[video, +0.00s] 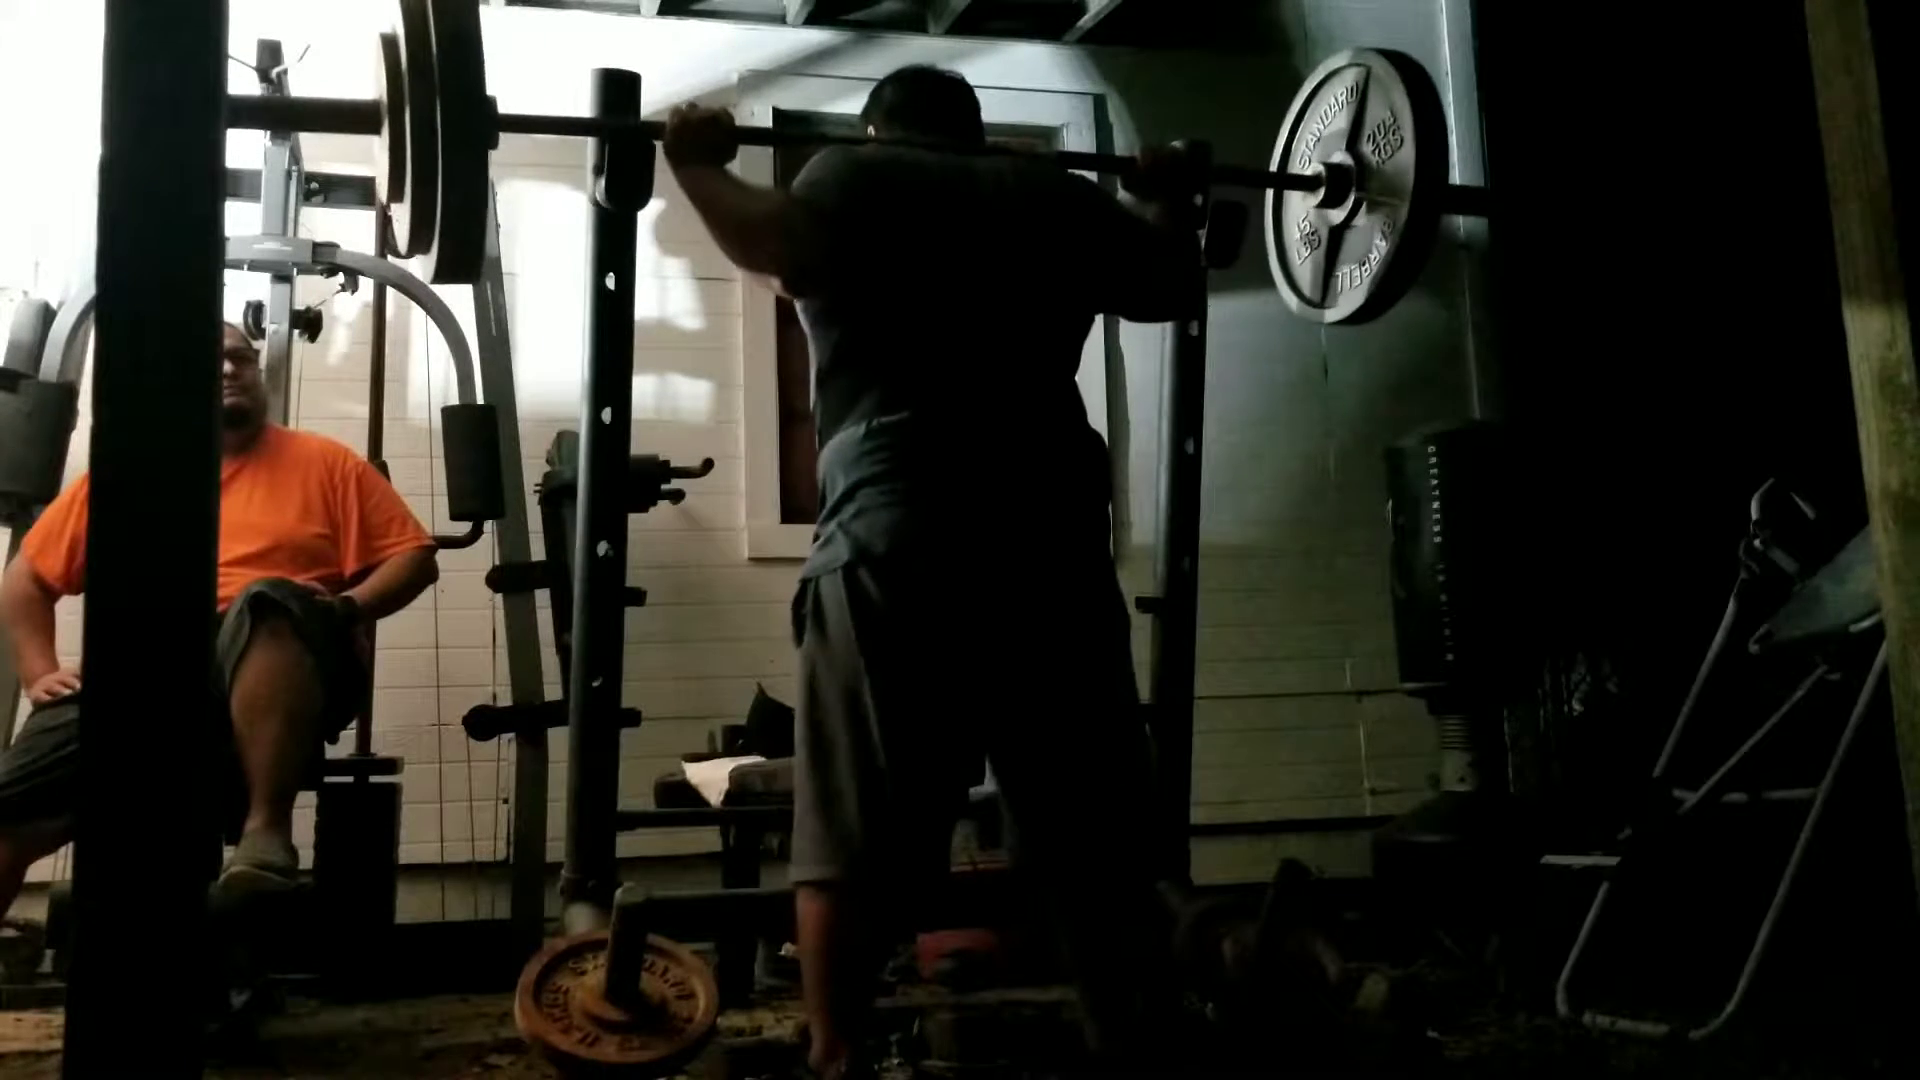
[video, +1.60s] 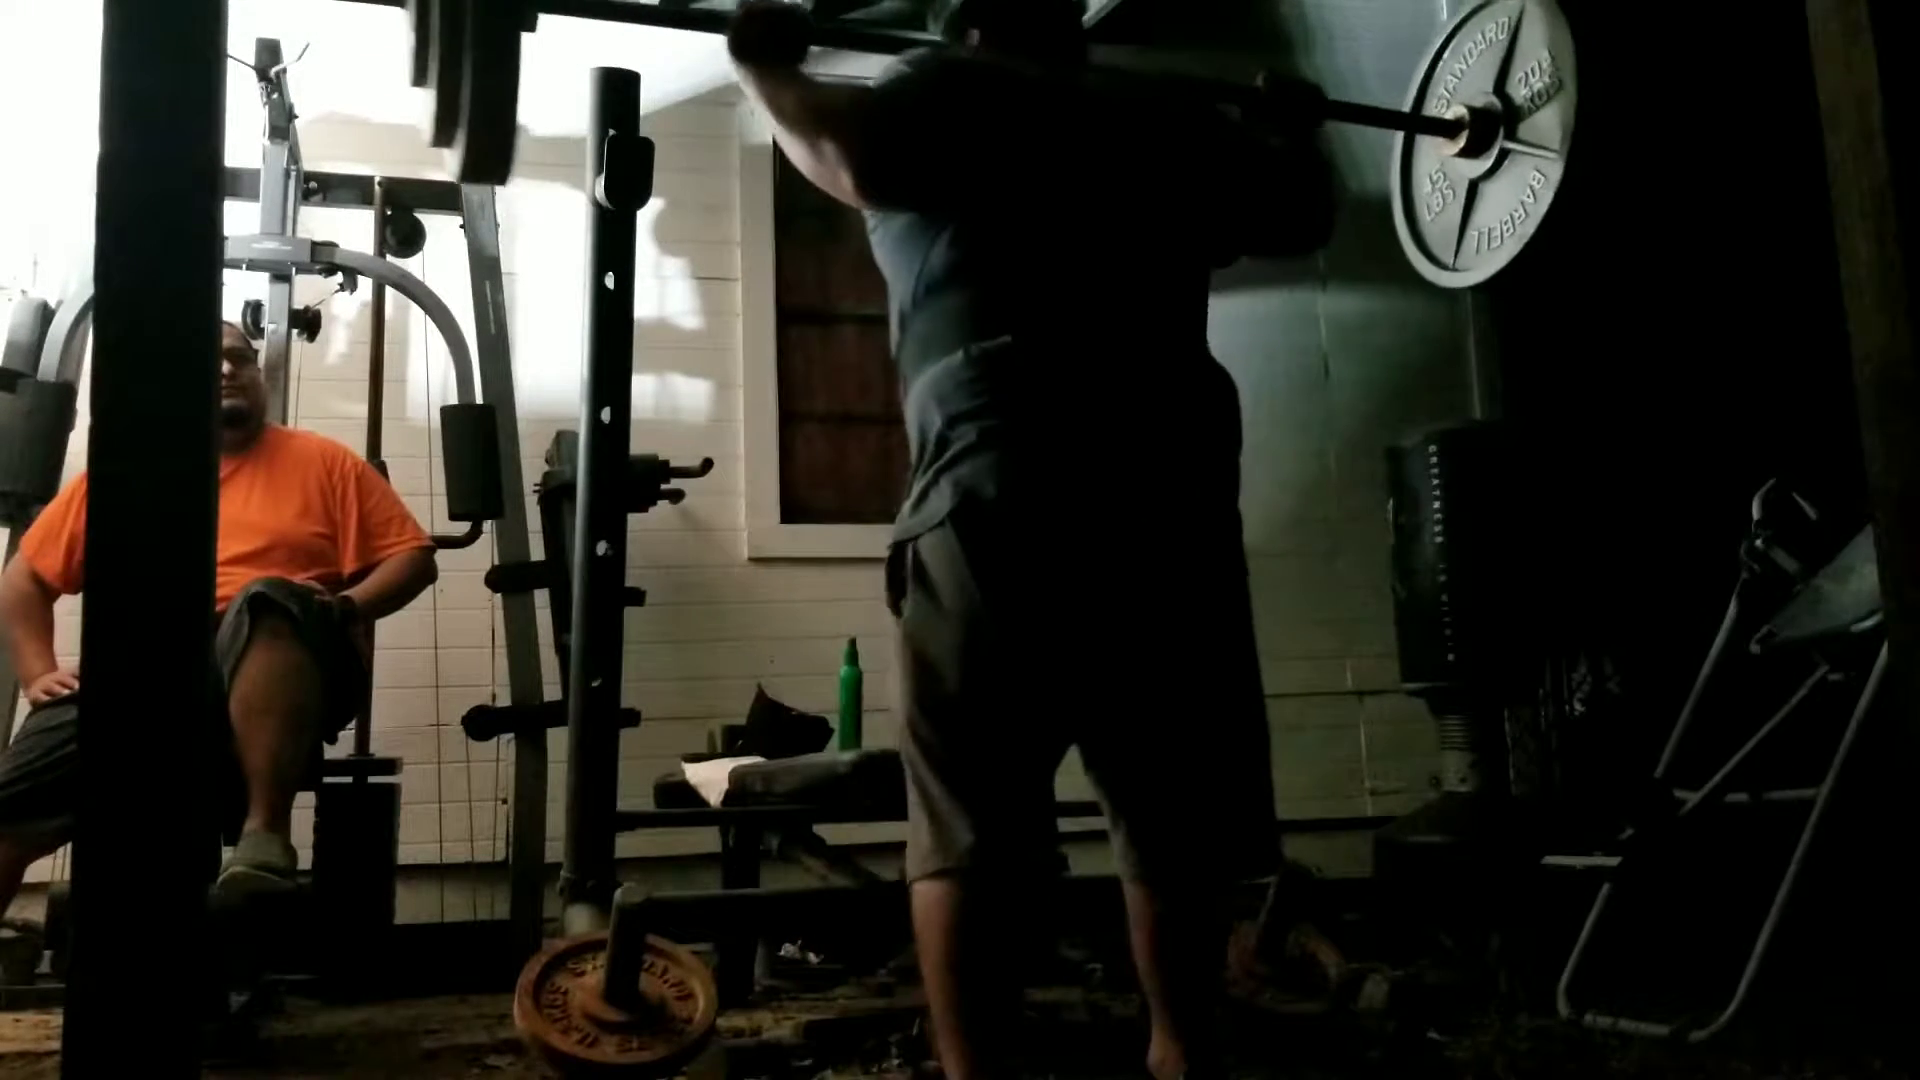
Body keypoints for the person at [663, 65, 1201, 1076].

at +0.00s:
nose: (862, 143)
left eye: (867, 130)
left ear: (873, 129)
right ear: (981, 135)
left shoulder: (844, 174)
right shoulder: (1053, 199)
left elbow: (772, 243)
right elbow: (1176, 286)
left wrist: (697, 161)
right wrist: (1164, 199)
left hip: (890, 535)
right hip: (1051, 531)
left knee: (848, 809)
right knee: (1094, 804)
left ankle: (833, 1053)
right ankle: (1137, 1033)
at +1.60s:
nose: (974, 33)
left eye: (969, 21)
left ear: (968, 29)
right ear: (1079, 31)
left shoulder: (924, 100)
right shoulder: (1170, 122)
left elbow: (844, 158)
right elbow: (1303, 219)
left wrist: (762, 61)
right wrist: (1295, 127)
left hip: (992, 494)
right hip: (1170, 495)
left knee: (964, 814)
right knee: (1176, 805)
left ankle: (966, 1062)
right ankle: (1182, 1055)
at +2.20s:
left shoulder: (896, 41)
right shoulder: (1141, 68)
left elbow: (812, 128)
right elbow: (1291, 175)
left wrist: (700, 14)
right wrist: (1268, 61)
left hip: (958, 489)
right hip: (1158, 483)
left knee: (935, 844)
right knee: (1195, 812)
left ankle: (961, 1062)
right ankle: (1254, 1053)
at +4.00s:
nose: (964, 80)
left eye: (967, 63)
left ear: (970, 76)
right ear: (1093, 71)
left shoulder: (941, 144)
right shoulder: (1195, 156)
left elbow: (848, 236)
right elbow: (1338, 242)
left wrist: (768, 142)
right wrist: (1319, 155)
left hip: (1016, 520)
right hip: (1222, 520)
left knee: (914, 848)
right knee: (1241, 837)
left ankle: (937, 1064)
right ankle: (1281, 1058)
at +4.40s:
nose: (970, 231)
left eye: (972, 218)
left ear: (986, 221)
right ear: (1111, 213)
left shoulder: (953, 288)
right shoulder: (1205, 287)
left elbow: (838, 359)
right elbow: (1361, 377)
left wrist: (772, 276)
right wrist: (1318, 283)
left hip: (1055, 615)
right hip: (1268, 604)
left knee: (891, 856)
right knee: (1243, 848)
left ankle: (934, 1065)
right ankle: (1280, 1059)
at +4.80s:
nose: (978, 355)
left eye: (984, 340)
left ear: (997, 349)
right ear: (1115, 345)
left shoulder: (962, 420)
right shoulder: (1215, 414)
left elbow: (866, 513)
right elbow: (1377, 498)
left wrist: (785, 429)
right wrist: (1339, 410)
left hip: (1057, 778)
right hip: (1275, 764)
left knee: (855, 839)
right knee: (1279, 886)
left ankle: (923, 1063)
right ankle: (1287, 1058)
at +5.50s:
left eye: (945, 247)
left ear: (960, 247)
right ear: (1092, 241)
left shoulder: (943, 308)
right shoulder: (1182, 301)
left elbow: (826, 367)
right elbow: (1356, 360)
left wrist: (767, 299)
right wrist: (1289, 279)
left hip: (1057, 620)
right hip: (1274, 608)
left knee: (877, 848)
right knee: (1256, 828)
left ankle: (924, 1062)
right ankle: (1284, 1058)